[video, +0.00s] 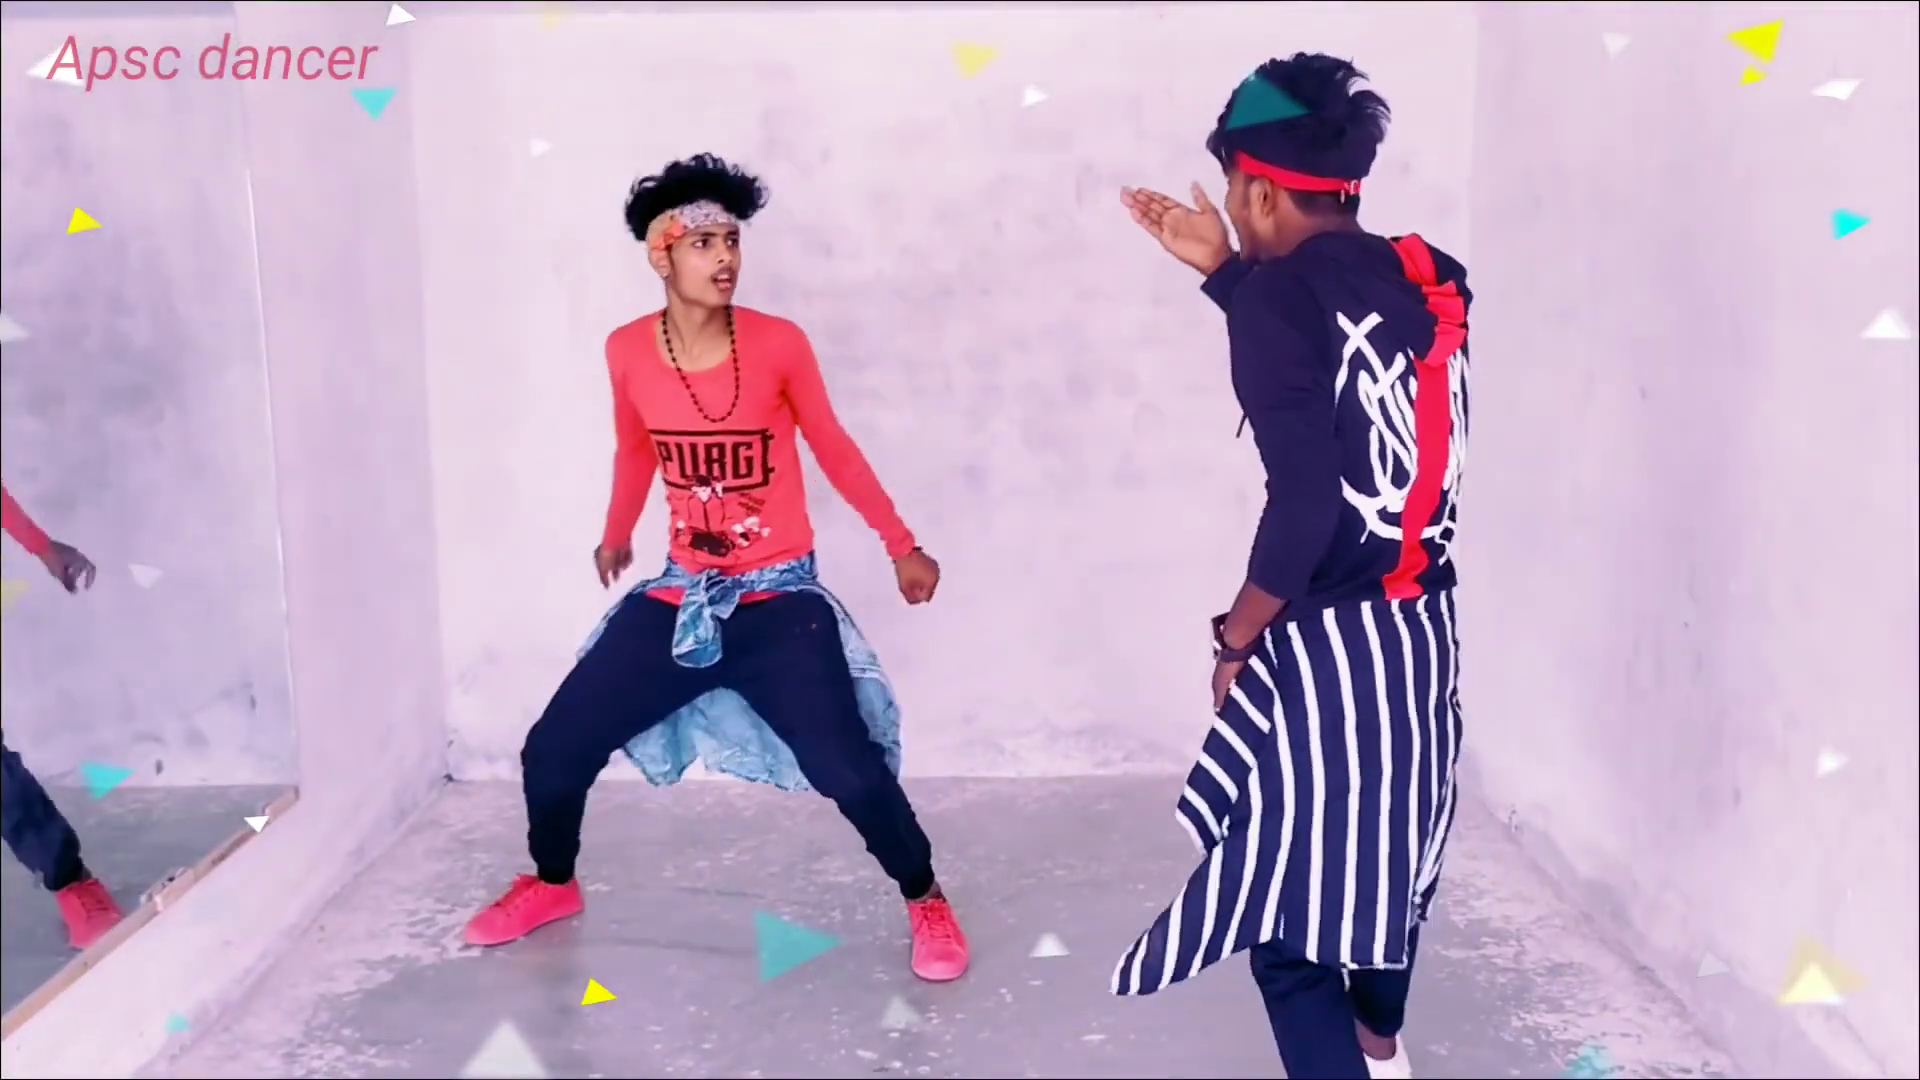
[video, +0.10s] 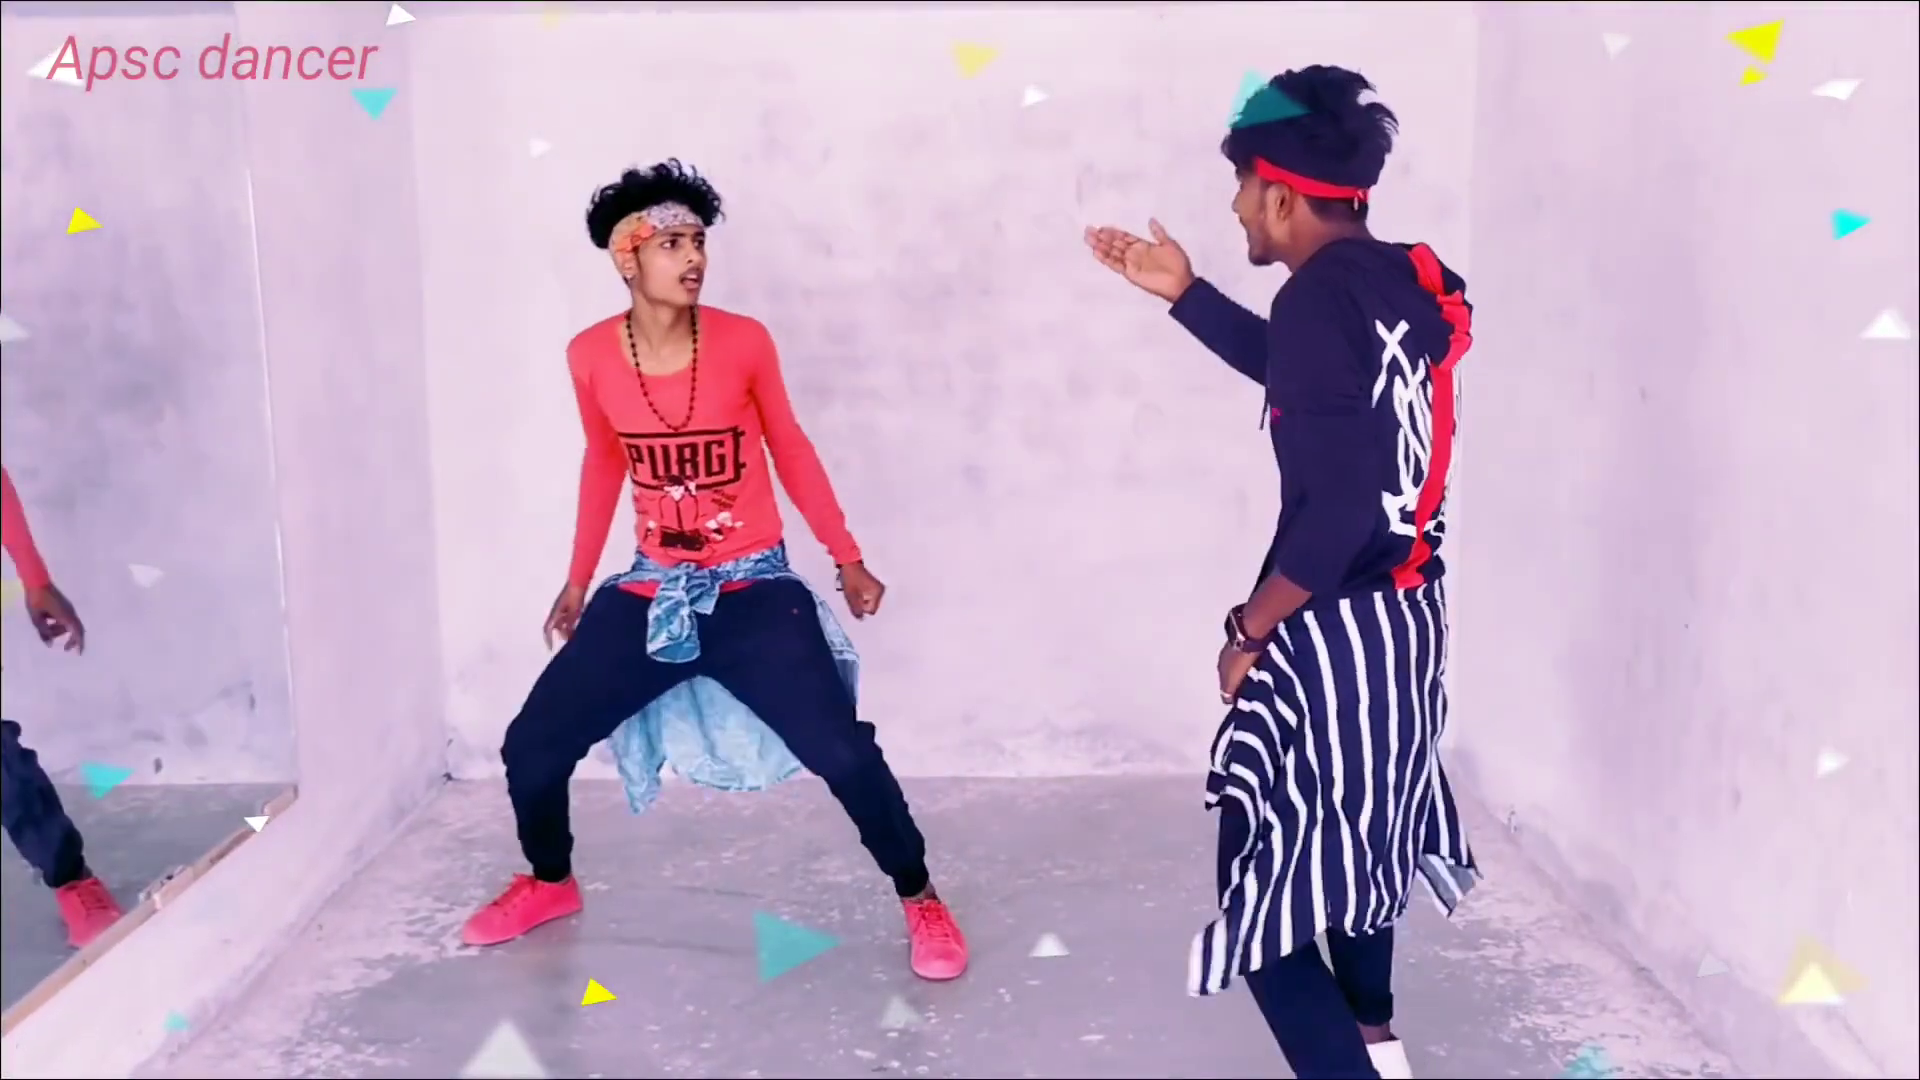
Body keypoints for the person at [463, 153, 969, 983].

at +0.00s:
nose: (723, 259)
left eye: (731, 242)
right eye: (703, 243)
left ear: (742, 253)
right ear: (660, 258)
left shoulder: (779, 345)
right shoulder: (631, 352)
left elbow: (833, 449)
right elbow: (635, 450)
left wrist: (901, 542)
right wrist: (617, 533)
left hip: (779, 599)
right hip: (679, 599)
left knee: (846, 768)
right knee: (551, 752)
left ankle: (926, 903)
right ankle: (553, 883)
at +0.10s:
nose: (694, 258)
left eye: (698, 241)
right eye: (672, 241)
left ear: (707, 253)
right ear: (624, 258)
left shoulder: (744, 344)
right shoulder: (592, 356)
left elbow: (790, 450)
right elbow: (603, 459)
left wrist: (847, 556)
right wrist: (578, 582)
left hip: (753, 593)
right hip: (647, 595)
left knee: (839, 750)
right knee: (530, 750)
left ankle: (920, 900)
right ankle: (550, 882)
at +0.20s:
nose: (678, 226)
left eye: (681, 208)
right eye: (656, 210)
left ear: (686, 216)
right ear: (607, 225)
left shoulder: (723, 309)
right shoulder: (571, 326)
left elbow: (764, 423)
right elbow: (561, 435)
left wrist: (808, 529)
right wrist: (534, 555)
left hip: (742, 559)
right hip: (636, 567)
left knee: (838, 715)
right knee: (538, 734)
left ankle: (901, 887)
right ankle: (548, 879)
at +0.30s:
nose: (680, 194)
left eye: (683, 178)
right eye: (657, 179)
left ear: (688, 187)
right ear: (608, 195)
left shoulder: (721, 282)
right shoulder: (569, 296)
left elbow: (760, 395)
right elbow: (544, 408)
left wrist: (807, 503)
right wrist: (508, 514)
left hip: (745, 540)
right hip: (637, 548)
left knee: (831, 700)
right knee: (549, 725)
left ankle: (851, 870)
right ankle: (548, 878)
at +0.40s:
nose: (688, 175)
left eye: (692, 157)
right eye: (665, 159)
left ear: (700, 167)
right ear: (618, 176)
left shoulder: (729, 266)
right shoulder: (575, 279)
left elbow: (767, 381)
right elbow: (561, 393)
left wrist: (813, 490)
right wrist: (514, 496)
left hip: (747, 531)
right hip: (637, 538)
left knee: (821, 701)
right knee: (559, 720)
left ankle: (842, 872)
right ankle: (546, 876)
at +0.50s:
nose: (696, 165)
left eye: (700, 149)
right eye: (674, 150)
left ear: (705, 161)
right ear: (625, 166)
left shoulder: (732, 260)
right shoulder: (581, 270)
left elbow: (766, 379)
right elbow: (570, 387)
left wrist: (816, 486)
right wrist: (537, 499)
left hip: (738, 524)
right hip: (629, 531)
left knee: (815, 698)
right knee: (572, 718)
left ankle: (839, 872)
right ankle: (543, 874)